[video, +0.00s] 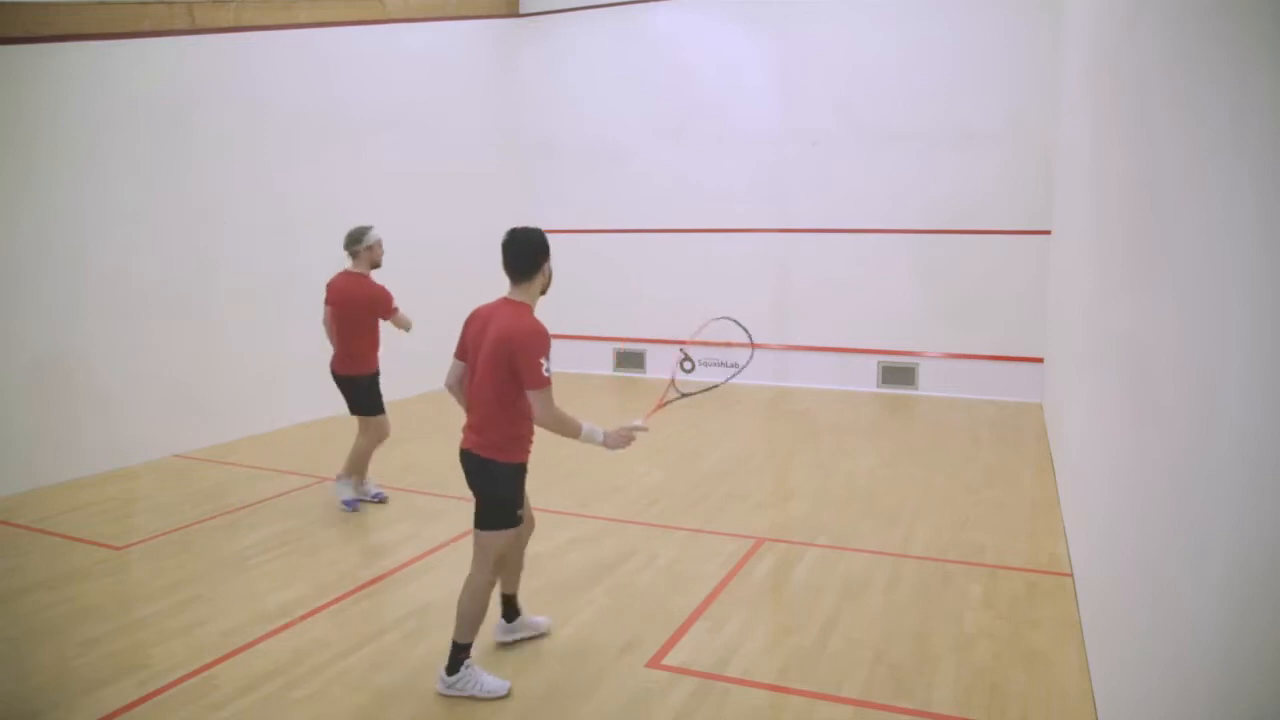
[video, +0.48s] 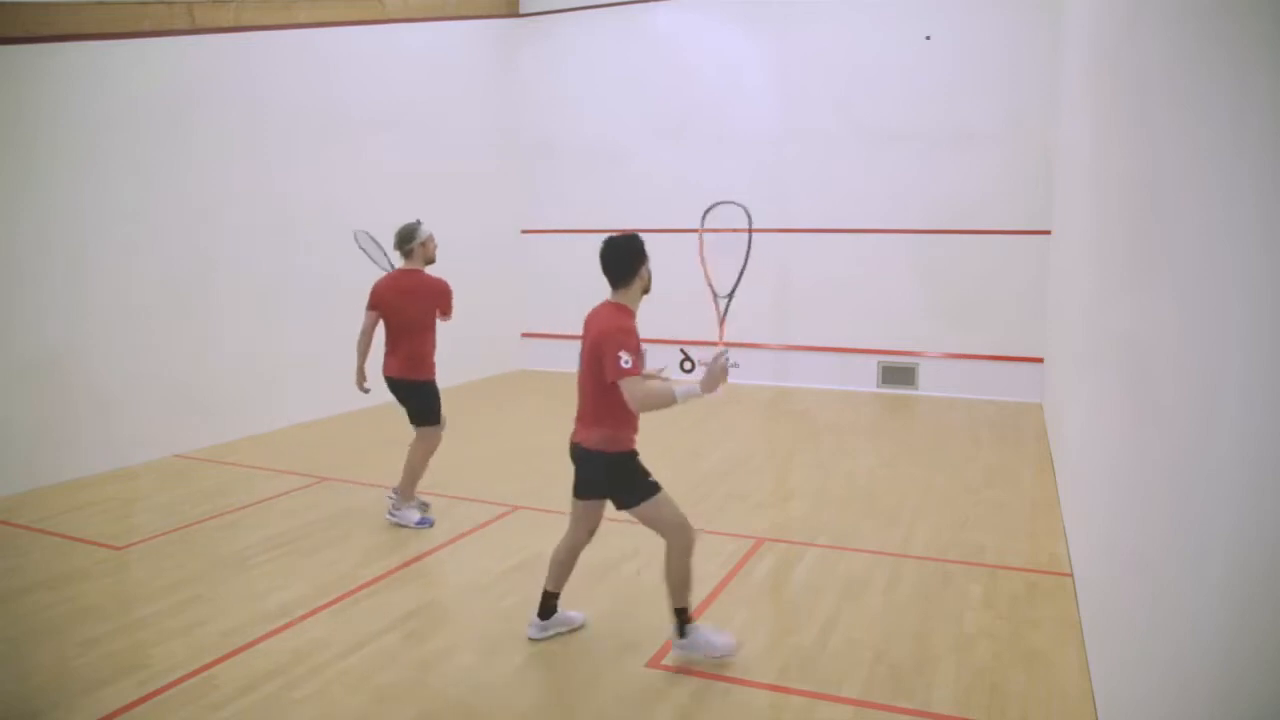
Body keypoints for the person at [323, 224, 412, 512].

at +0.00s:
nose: (383, 251)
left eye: (381, 246)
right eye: (378, 246)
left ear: (356, 252)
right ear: (364, 251)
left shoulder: (335, 284)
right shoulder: (375, 292)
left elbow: (328, 322)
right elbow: (402, 323)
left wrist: (339, 348)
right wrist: (404, 319)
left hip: (343, 368)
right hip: (363, 371)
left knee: (369, 428)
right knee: (377, 430)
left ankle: (361, 482)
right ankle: (345, 480)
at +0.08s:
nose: (392, 251)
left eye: (390, 245)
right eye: (388, 246)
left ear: (362, 252)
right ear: (376, 251)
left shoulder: (341, 284)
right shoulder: (388, 289)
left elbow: (330, 322)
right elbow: (400, 312)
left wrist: (335, 355)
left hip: (352, 367)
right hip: (374, 370)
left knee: (371, 428)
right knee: (396, 429)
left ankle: (359, 487)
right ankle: (365, 488)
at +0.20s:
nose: (405, 251)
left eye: (403, 245)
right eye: (401, 246)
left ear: (374, 252)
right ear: (391, 250)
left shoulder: (354, 284)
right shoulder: (406, 288)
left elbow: (338, 325)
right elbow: (408, 310)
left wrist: (335, 359)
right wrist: (381, 287)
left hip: (363, 371)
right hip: (390, 375)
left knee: (378, 426)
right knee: (412, 433)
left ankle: (357, 486)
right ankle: (398, 504)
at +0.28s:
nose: (413, 249)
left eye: (412, 244)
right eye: (410, 245)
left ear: (383, 252)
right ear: (398, 250)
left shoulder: (363, 285)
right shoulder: (415, 287)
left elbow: (347, 328)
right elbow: (420, 308)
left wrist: (339, 363)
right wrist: (392, 283)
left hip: (373, 374)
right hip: (401, 376)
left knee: (389, 428)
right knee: (419, 437)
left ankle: (360, 482)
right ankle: (399, 507)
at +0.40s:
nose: (427, 248)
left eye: (425, 243)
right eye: (423, 244)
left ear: (397, 252)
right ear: (411, 250)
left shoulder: (376, 286)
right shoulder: (430, 288)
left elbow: (360, 330)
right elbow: (436, 312)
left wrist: (351, 368)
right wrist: (409, 285)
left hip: (385, 374)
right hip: (412, 377)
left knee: (413, 429)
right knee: (428, 439)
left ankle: (384, 480)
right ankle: (401, 506)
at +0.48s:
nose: (436, 246)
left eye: (433, 241)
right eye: (431, 242)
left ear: (404, 250)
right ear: (419, 248)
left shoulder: (383, 285)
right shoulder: (437, 286)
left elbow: (368, 329)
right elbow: (445, 314)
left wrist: (360, 367)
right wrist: (419, 290)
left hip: (393, 374)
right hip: (419, 376)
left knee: (434, 427)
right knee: (430, 433)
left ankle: (404, 491)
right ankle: (404, 503)